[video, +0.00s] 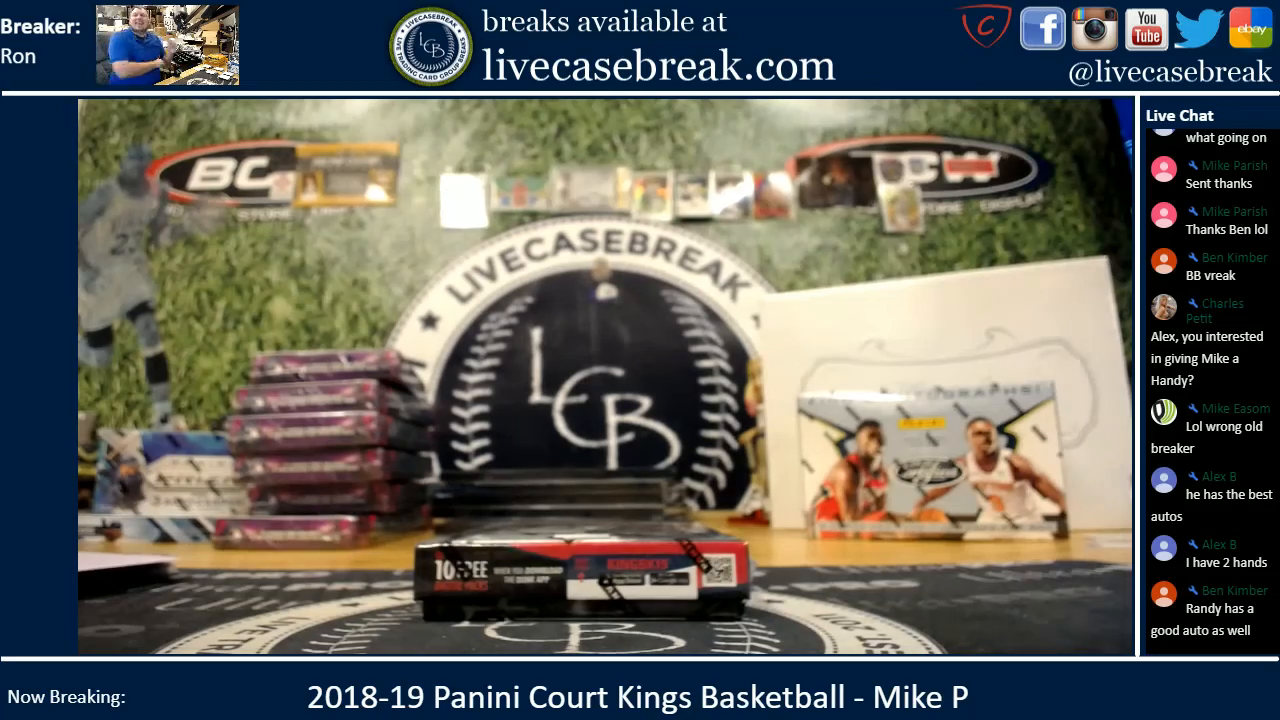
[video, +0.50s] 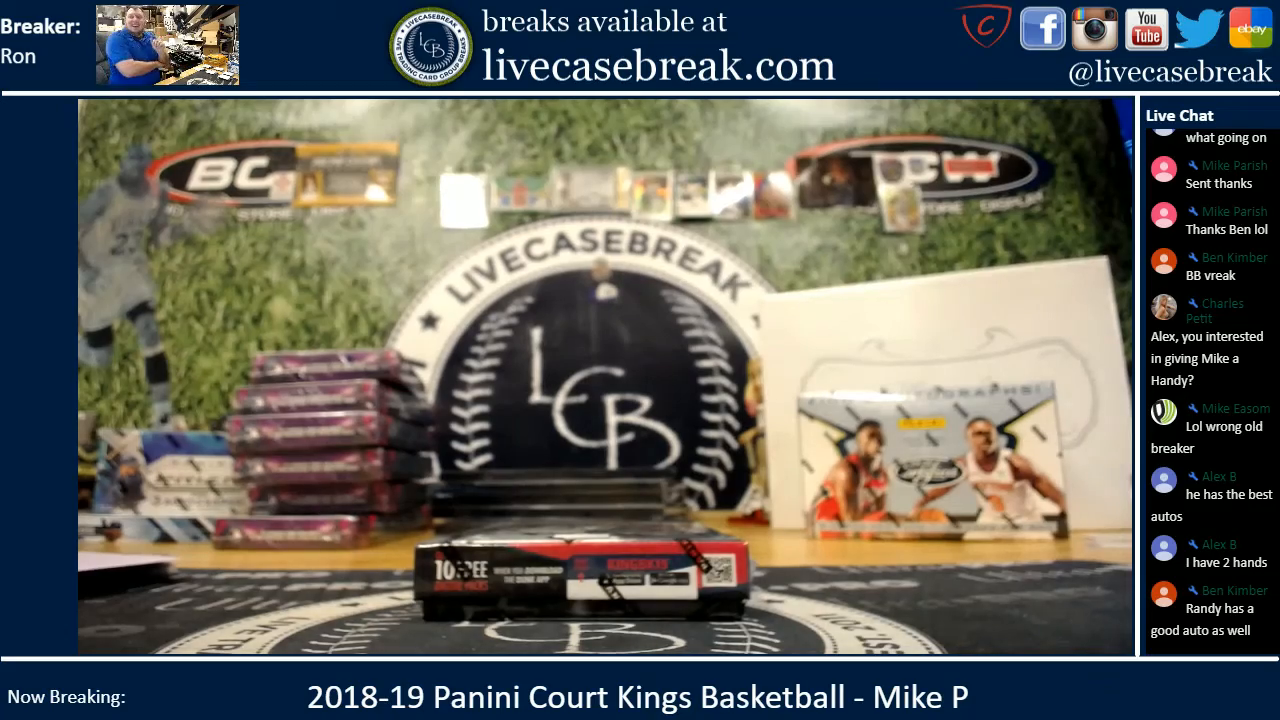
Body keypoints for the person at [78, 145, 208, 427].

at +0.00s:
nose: (133, 176)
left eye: (139, 171)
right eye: (129, 170)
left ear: (147, 170)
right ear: (121, 168)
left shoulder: (155, 197)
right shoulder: (105, 195)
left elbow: (159, 235)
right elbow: (76, 233)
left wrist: (190, 226)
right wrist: (85, 268)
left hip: (133, 270)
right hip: (95, 275)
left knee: (149, 331)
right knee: (100, 356)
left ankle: (162, 411)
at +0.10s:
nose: (135, 175)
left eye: (141, 170)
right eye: (131, 169)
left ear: (149, 171)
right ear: (122, 167)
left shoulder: (157, 195)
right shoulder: (105, 195)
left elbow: (157, 234)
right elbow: (76, 232)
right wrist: (85, 267)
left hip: (133, 270)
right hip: (95, 274)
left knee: (149, 332)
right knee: (100, 356)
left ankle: (162, 412)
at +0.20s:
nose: (135, 175)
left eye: (141, 170)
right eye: (130, 169)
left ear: (149, 171)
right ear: (122, 168)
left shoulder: (156, 196)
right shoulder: (106, 195)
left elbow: (157, 236)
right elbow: (76, 231)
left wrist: (184, 228)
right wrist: (85, 267)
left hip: (133, 272)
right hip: (95, 275)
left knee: (149, 331)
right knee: (100, 357)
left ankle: (162, 411)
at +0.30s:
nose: (135, 176)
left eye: (141, 171)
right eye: (130, 170)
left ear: (149, 171)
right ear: (122, 168)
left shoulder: (157, 195)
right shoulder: (106, 194)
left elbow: (157, 236)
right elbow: (75, 232)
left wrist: (184, 228)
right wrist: (85, 267)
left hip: (133, 270)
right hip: (95, 274)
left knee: (149, 330)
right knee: (100, 357)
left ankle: (162, 411)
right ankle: (74, 346)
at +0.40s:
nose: (135, 175)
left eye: (141, 170)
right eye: (131, 169)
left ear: (149, 171)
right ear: (122, 167)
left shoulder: (156, 196)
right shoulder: (105, 195)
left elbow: (157, 236)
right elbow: (76, 232)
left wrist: (185, 228)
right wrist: (85, 267)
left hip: (133, 271)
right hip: (96, 275)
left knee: (149, 331)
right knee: (100, 357)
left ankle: (162, 411)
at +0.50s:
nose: (134, 177)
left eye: (140, 172)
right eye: (130, 171)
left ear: (149, 171)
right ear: (121, 169)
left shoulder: (157, 195)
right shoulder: (106, 194)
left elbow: (158, 236)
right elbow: (75, 231)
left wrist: (185, 227)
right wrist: (85, 267)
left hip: (133, 271)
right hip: (95, 275)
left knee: (149, 331)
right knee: (101, 357)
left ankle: (162, 412)